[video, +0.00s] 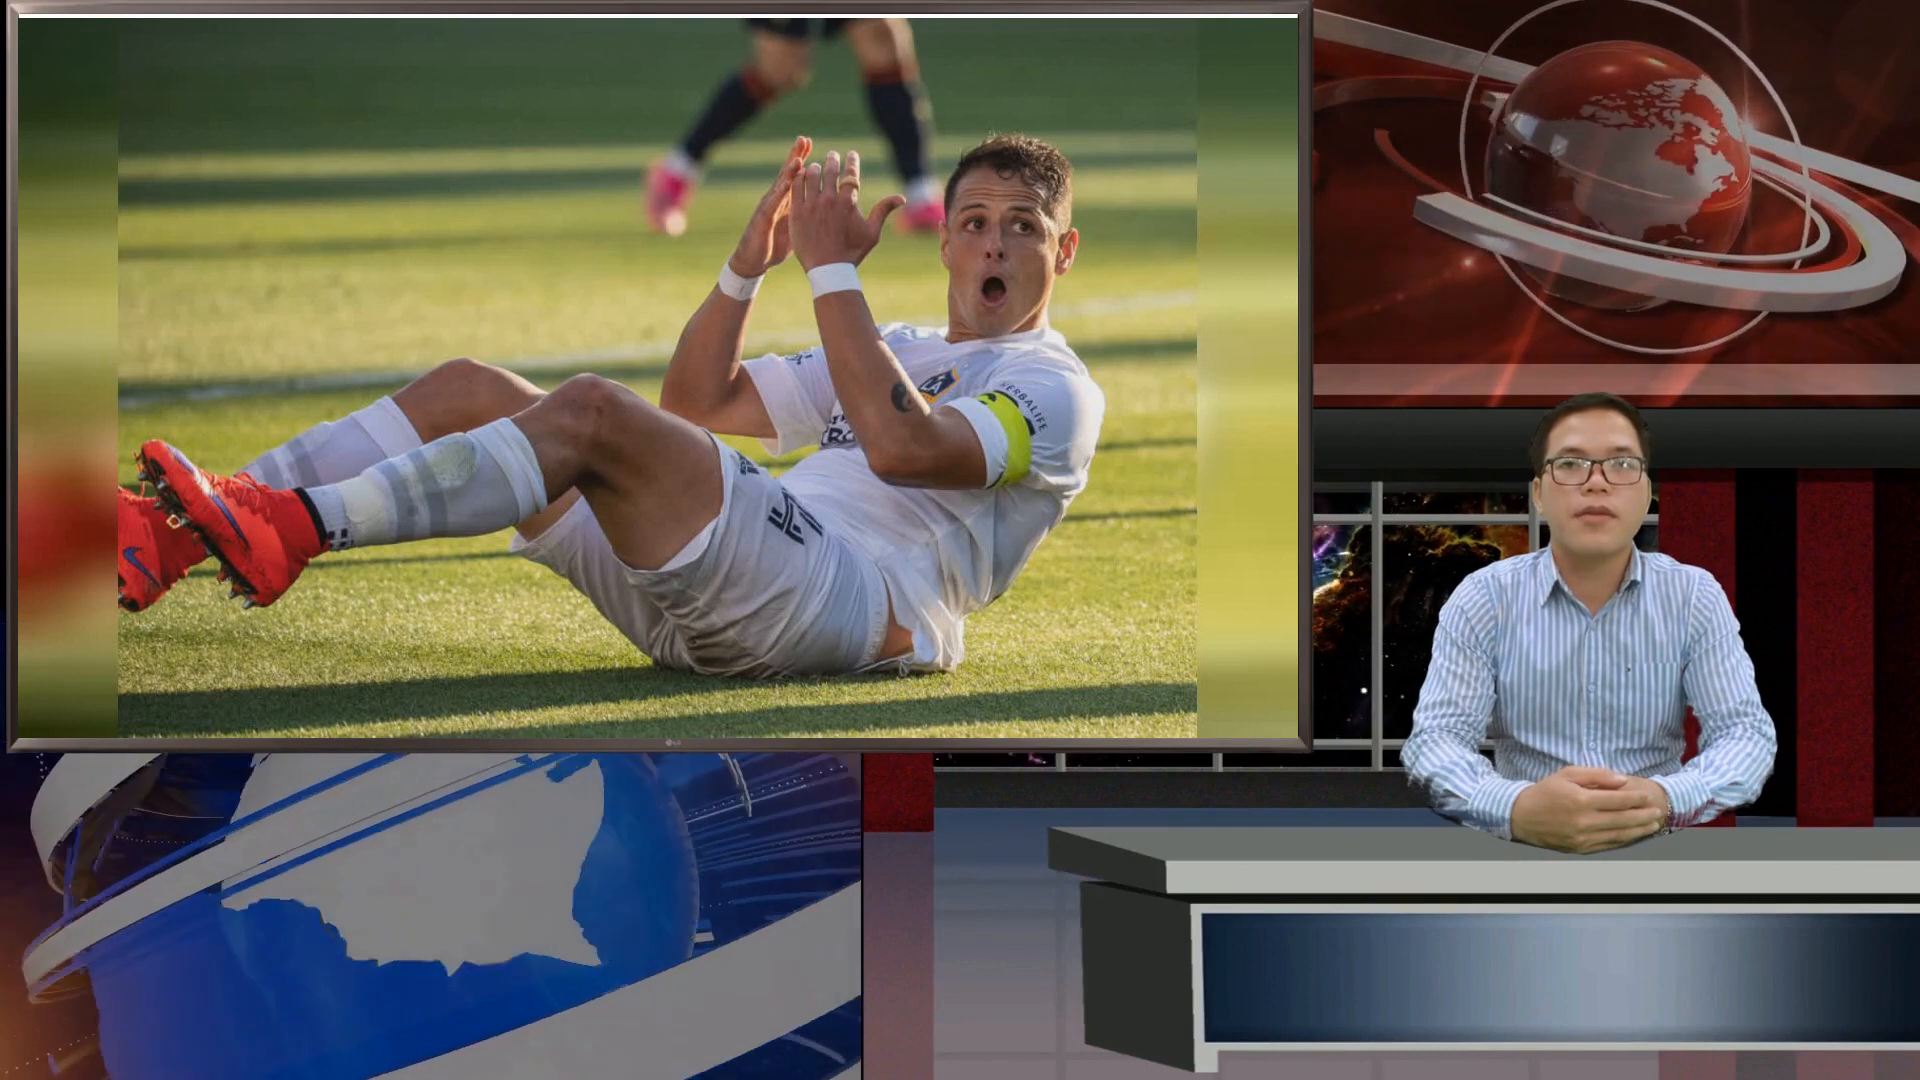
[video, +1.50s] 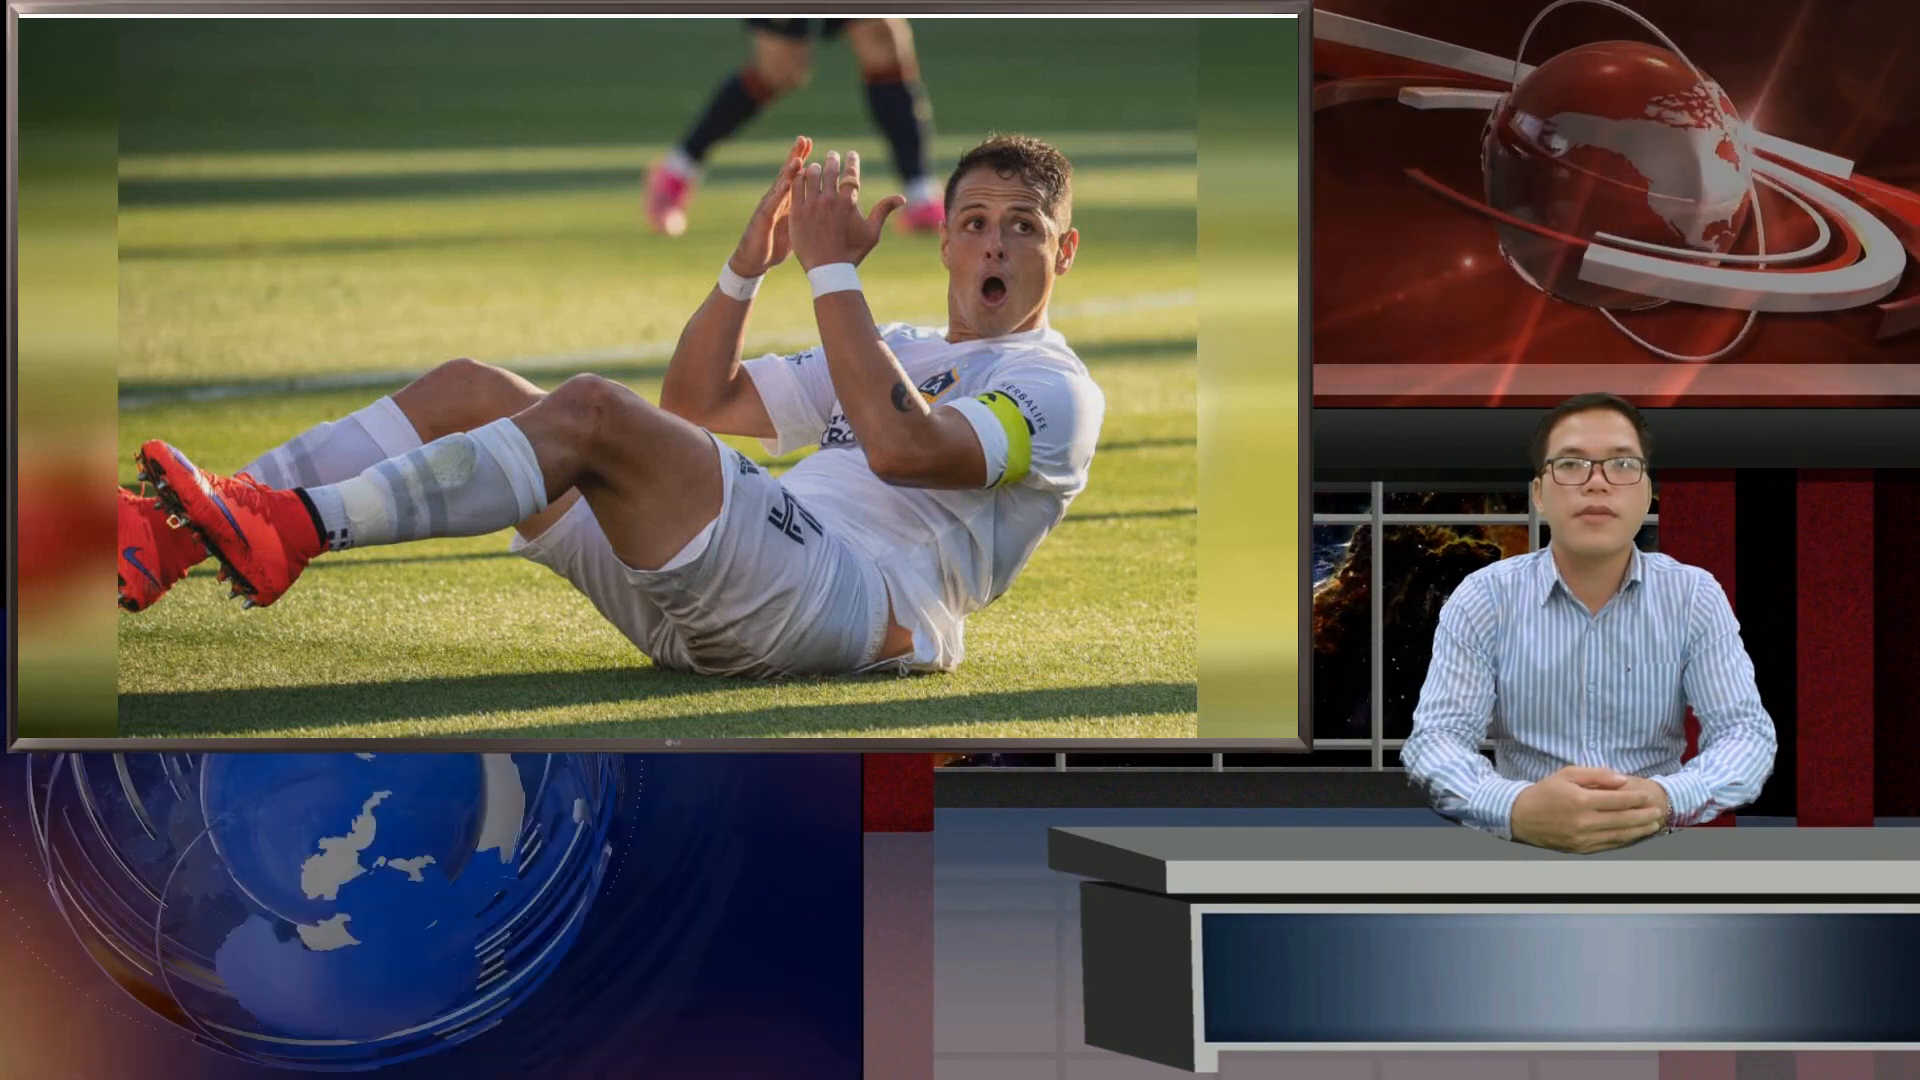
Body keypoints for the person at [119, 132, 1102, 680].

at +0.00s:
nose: (996, 246)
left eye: (1023, 229)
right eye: (977, 223)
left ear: (1066, 257)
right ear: (943, 241)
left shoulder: (1056, 389)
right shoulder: (892, 358)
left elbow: (901, 447)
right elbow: (695, 405)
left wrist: (833, 268)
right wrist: (747, 269)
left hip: (840, 604)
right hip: (732, 572)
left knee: (593, 413)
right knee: (467, 389)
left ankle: (300, 524)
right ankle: (175, 541)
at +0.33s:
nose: (996, 246)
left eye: (1023, 229)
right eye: (977, 223)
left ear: (1066, 257)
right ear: (943, 241)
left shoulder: (1056, 389)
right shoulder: (892, 358)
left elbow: (901, 447)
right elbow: (695, 405)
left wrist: (833, 268)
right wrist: (747, 269)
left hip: (840, 604)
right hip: (732, 572)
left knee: (593, 413)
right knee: (467, 389)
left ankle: (300, 524)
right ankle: (175, 541)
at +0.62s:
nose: (996, 246)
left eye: (1023, 230)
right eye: (976, 223)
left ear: (1066, 257)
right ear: (943, 241)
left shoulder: (1056, 389)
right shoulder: (892, 358)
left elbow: (901, 447)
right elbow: (695, 405)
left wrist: (833, 268)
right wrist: (747, 269)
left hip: (840, 604)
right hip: (732, 572)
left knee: (593, 413)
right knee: (468, 389)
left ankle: (300, 524)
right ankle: (175, 541)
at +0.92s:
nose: (996, 246)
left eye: (1023, 230)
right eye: (976, 223)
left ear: (1065, 257)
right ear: (943, 241)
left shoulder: (1056, 389)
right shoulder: (892, 358)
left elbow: (901, 446)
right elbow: (695, 406)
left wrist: (833, 268)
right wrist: (746, 270)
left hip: (839, 603)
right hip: (731, 572)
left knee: (593, 413)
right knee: (467, 389)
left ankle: (299, 524)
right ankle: (180, 538)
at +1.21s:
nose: (995, 246)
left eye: (1022, 229)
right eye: (975, 224)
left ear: (1066, 256)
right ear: (942, 242)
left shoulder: (1054, 388)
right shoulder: (893, 359)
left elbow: (902, 448)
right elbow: (695, 404)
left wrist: (833, 270)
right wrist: (746, 270)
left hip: (843, 602)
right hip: (735, 574)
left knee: (592, 413)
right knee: (467, 389)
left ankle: (299, 524)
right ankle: (175, 542)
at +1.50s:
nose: (995, 246)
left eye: (1022, 230)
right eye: (975, 224)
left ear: (1065, 257)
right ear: (942, 242)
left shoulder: (1054, 389)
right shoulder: (893, 358)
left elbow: (901, 447)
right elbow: (695, 404)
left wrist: (834, 270)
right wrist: (746, 270)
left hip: (842, 602)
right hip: (735, 572)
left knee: (592, 413)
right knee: (468, 389)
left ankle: (300, 524)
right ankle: (174, 542)